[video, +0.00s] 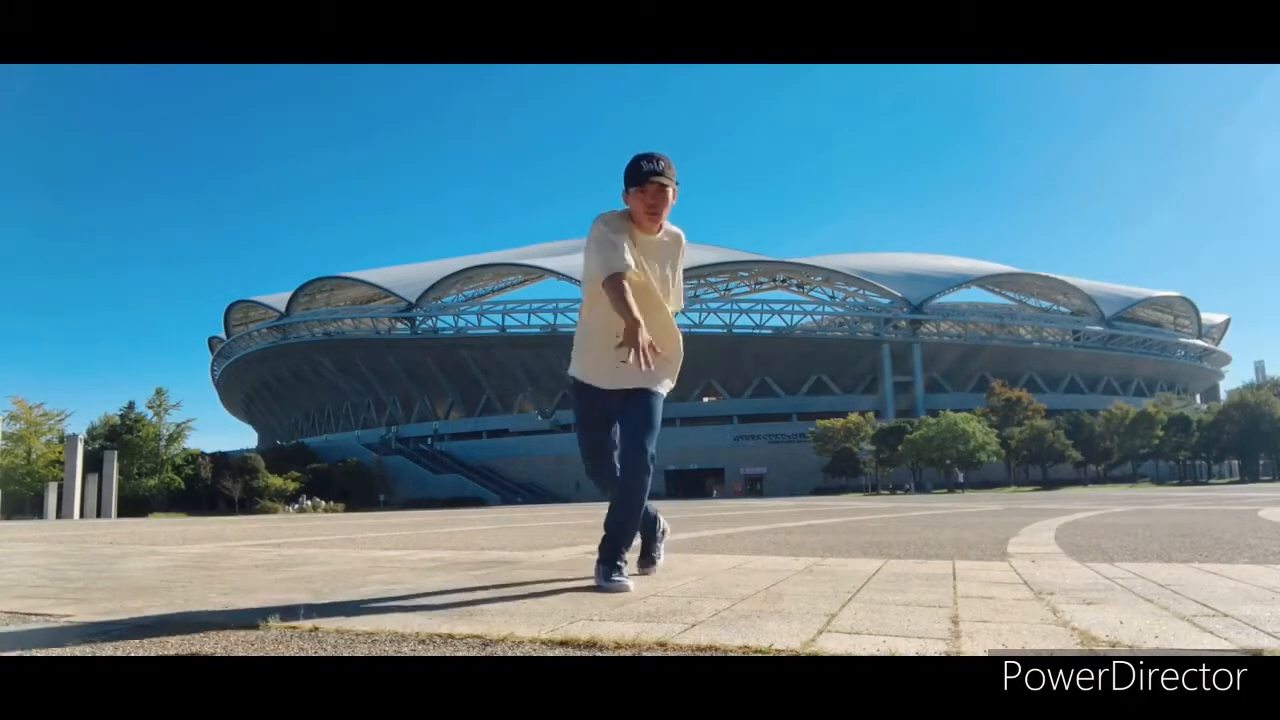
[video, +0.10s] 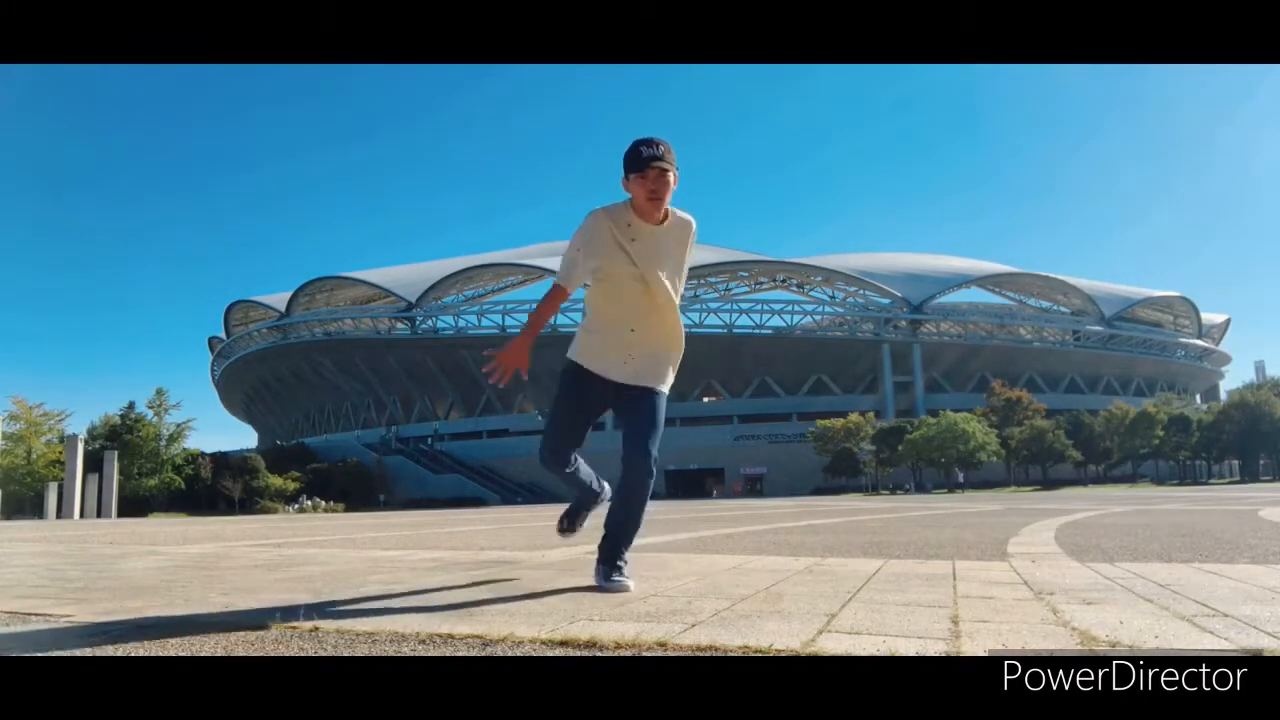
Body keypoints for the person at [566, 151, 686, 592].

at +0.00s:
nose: (655, 200)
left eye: (663, 192)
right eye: (645, 191)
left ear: (674, 196)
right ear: (628, 194)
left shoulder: (675, 241)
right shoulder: (607, 228)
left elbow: (669, 303)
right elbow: (613, 279)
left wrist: (655, 347)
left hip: (645, 371)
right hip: (593, 370)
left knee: (640, 458)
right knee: (599, 465)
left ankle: (612, 559)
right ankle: (649, 523)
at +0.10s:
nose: (656, 185)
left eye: (664, 176)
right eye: (645, 177)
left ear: (675, 180)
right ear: (627, 181)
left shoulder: (684, 230)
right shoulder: (600, 225)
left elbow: (668, 292)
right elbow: (561, 289)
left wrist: (656, 349)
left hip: (649, 371)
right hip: (592, 361)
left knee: (641, 464)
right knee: (554, 454)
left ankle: (613, 561)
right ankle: (593, 491)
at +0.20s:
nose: (634, 172)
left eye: (643, 161)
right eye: (623, 164)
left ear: (657, 166)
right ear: (609, 171)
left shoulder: (686, 225)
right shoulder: (592, 215)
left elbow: (695, 300)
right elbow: (548, 268)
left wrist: (681, 323)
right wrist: (506, 310)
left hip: (654, 361)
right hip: (598, 342)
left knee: (641, 465)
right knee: (538, 417)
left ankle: (611, 560)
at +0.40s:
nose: (640, 164)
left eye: (649, 155)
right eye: (631, 154)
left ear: (659, 160)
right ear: (611, 157)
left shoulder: (666, 201)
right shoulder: (583, 204)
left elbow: (663, 242)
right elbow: (573, 265)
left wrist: (608, 214)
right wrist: (565, 312)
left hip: (655, 333)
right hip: (603, 321)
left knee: (646, 448)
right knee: (621, 370)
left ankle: (605, 554)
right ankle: (642, 491)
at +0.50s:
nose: (645, 156)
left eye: (653, 148)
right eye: (636, 147)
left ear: (662, 154)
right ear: (614, 152)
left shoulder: (669, 194)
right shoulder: (581, 200)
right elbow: (560, 257)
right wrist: (553, 308)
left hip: (667, 334)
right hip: (614, 332)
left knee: (661, 447)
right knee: (651, 426)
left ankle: (606, 549)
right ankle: (673, 558)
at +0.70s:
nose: (651, 149)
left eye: (658, 141)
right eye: (642, 139)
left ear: (665, 147)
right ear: (617, 144)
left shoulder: (674, 183)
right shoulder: (591, 188)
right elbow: (569, 232)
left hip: (682, 333)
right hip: (627, 331)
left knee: (682, 457)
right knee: (653, 436)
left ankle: (615, 543)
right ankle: (664, 570)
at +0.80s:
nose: (651, 146)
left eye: (655, 138)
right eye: (642, 136)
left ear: (657, 142)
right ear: (616, 140)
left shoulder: (668, 184)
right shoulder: (595, 187)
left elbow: (664, 169)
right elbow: (647, 229)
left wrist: (622, 141)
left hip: (679, 337)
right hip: (631, 335)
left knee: (691, 455)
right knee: (664, 437)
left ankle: (621, 551)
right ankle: (665, 569)